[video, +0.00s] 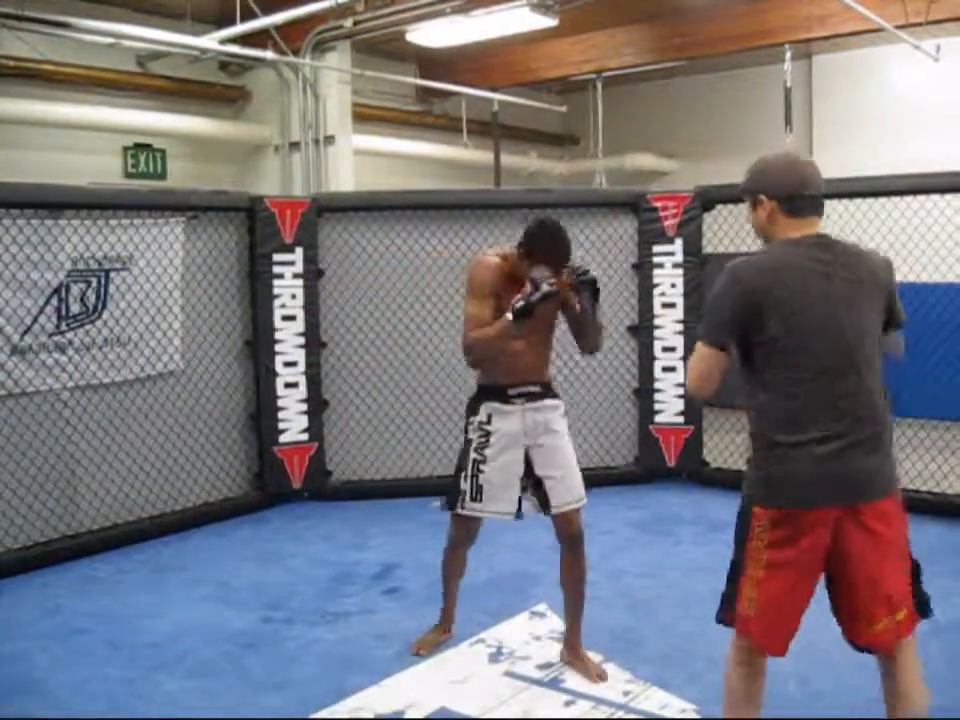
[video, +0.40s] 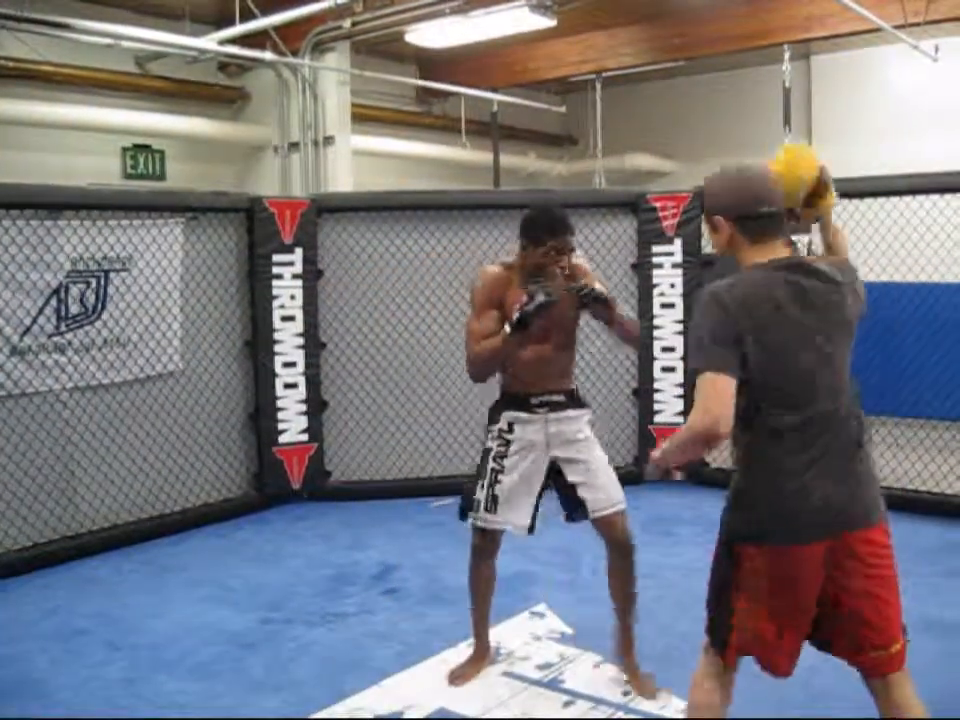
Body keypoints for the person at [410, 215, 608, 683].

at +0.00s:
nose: (548, 279)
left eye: (554, 272)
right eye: (542, 270)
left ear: (560, 266)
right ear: (523, 256)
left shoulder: (559, 276)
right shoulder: (487, 270)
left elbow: (590, 344)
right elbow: (473, 349)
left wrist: (585, 307)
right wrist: (518, 312)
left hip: (545, 408)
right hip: (493, 411)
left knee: (572, 531)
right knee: (462, 530)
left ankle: (573, 644)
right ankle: (446, 622)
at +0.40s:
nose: (559, 261)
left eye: (564, 252)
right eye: (550, 253)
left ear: (569, 248)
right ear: (524, 249)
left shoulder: (576, 275)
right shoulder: (495, 281)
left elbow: (634, 337)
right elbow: (477, 366)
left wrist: (606, 310)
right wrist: (516, 322)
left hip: (571, 418)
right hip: (514, 423)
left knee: (620, 535)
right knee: (485, 538)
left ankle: (626, 653)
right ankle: (480, 647)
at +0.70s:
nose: (596, 269)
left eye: (605, 258)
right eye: (587, 259)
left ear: (617, 245)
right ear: (566, 247)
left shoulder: (634, 270)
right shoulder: (543, 273)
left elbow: (653, 340)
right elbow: (535, 358)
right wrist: (551, 328)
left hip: (623, 411)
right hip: (566, 409)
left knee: (642, 549)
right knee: (530, 530)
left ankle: (657, 672)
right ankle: (524, 642)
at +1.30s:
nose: (606, 258)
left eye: (616, 248)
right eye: (597, 247)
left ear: (629, 242)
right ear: (577, 238)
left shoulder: (637, 274)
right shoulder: (550, 273)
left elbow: (658, 334)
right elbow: (527, 353)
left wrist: (617, 319)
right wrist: (572, 337)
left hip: (632, 418)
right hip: (576, 418)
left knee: (628, 533)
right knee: (567, 538)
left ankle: (628, 636)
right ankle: (581, 638)